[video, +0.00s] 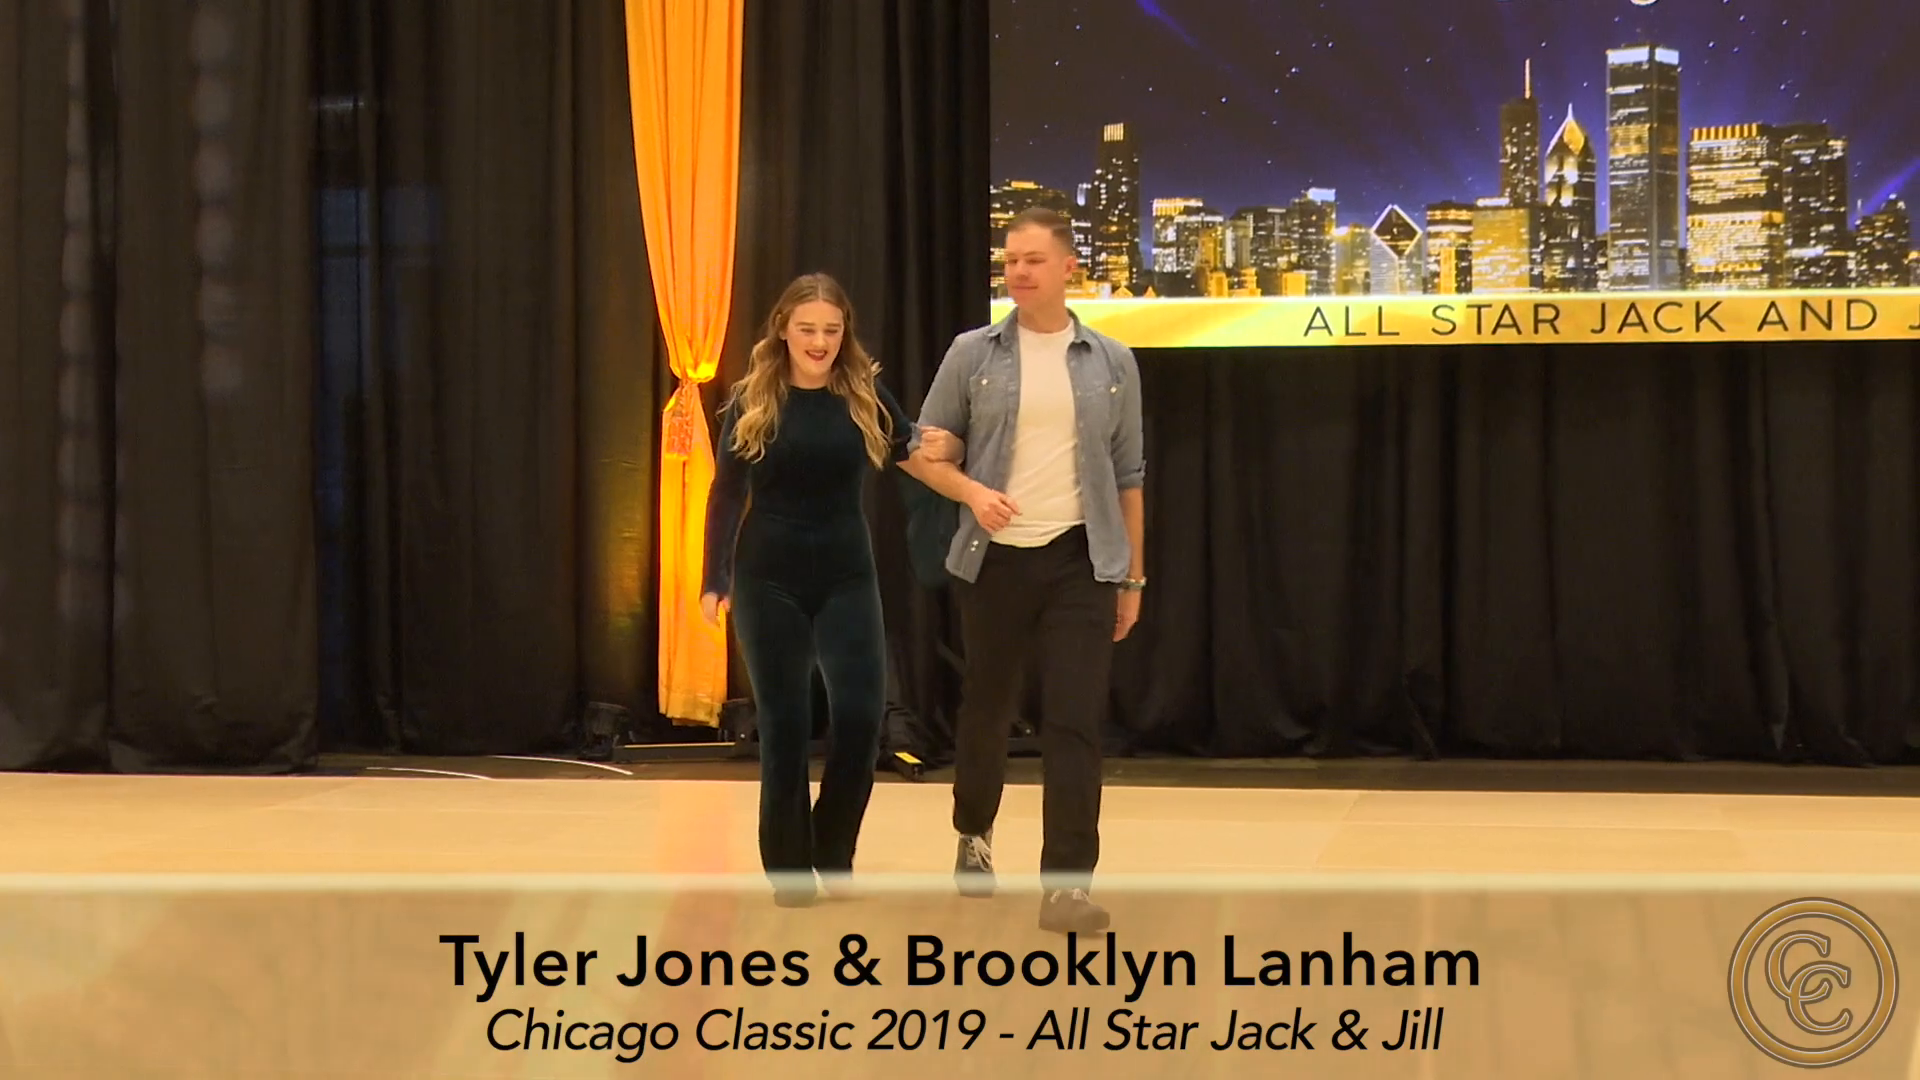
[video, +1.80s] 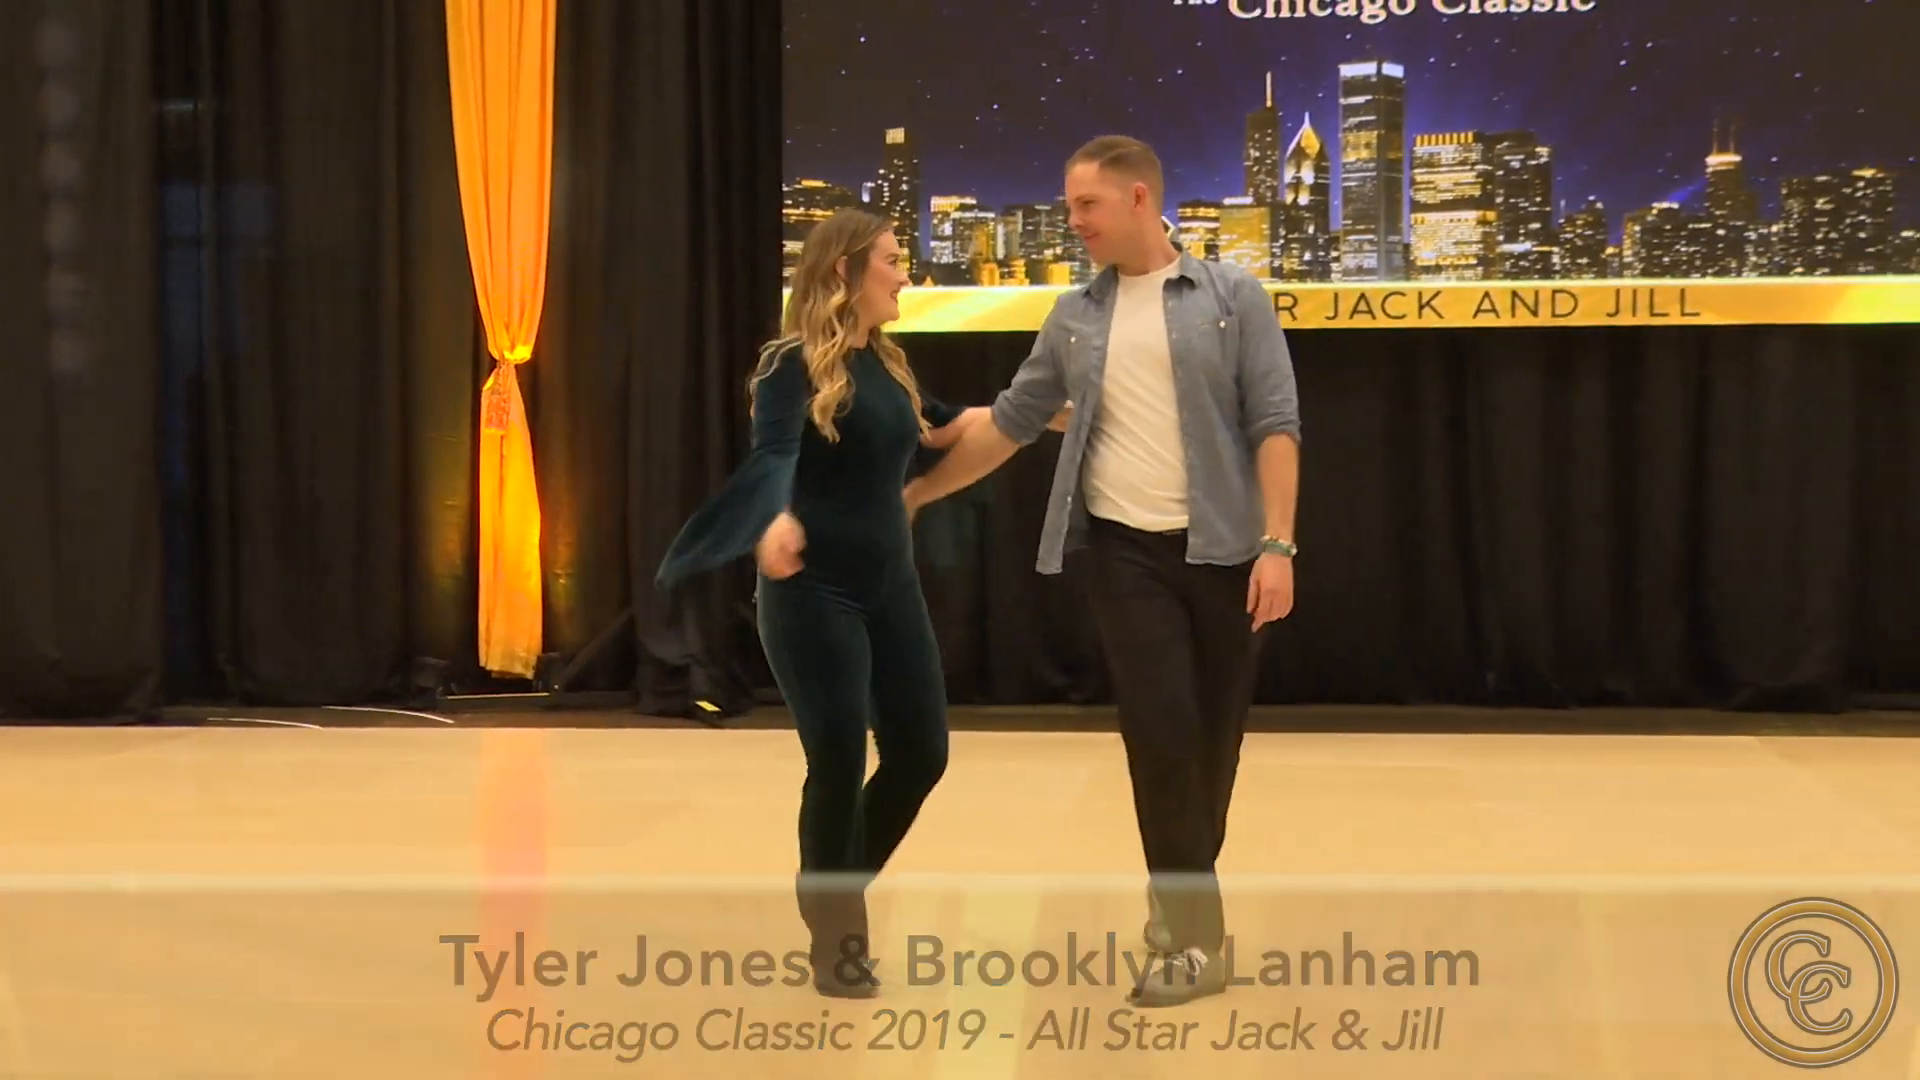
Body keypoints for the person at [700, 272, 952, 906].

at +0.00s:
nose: (818, 340)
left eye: (829, 329)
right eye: (805, 328)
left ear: (844, 334)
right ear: (783, 332)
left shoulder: (865, 399)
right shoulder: (750, 404)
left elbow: (914, 455)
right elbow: (727, 495)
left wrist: (950, 448)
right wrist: (716, 576)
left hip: (847, 580)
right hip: (767, 581)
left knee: (860, 718)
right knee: (785, 725)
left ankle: (832, 860)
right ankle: (787, 867)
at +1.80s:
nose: (904, 275)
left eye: (902, 262)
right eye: (892, 262)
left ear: (867, 273)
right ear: (846, 271)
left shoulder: (886, 364)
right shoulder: (793, 362)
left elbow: (928, 437)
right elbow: (773, 454)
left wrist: (1026, 418)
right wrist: (776, 516)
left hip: (892, 588)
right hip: (812, 589)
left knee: (918, 756)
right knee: (839, 759)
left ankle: (837, 896)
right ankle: (834, 938)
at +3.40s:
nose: (942, 253)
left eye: (938, 241)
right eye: (927, 242)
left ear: (889, 262)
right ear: (882, 260)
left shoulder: (911, 339)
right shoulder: (884, 343)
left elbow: (973, 433)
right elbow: (965, 432)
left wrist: (1010, 349)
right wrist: (1008, 348)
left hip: (922, 565)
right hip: (891, 570)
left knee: (925, 745)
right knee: (897, 754)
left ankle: (919, 908)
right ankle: (886, 932)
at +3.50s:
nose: (940, 256)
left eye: (936, 244)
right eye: (926, 245)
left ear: (888, 266)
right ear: (882, 264)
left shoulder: (906, 341)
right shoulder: (886, 347)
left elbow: (967, 437)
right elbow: (967, 436)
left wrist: (1010, 352)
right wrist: (1008, 350)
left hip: (913, 561)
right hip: (892, 568)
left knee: (909, 744)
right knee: (893, 751)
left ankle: (912, 898)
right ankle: (883, 927)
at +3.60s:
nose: (944, 259)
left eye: (940, 247)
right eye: (929, 249)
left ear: (893, 270)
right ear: (887, 268)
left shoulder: (914, 344)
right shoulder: (888, 349)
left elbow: (970, 443)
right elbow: (967, 437)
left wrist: (1012, 358)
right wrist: (1009, 353)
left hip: (916, 561)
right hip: (895, 567)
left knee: (904, 746)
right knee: (891, 751)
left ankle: (907, 894)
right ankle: (882, 923)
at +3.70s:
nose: (946, 262)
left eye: (942, 251)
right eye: (931, 252)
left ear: (895, 273)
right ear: (889, 271)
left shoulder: (914, 348)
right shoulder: (890, 353)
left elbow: (972, 444)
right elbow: (972, 438)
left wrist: (1014, 359)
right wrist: (1010, 355)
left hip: (918, 558)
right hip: (898, 562)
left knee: (901, 745)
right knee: (891, 749)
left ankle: (906, 893)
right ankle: (883, 920)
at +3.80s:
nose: (947, 265)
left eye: (944, 254)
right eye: (932, 255)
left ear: (899, 276)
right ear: (890, 274)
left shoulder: (917, 352)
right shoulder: (891, 355)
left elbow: (972, 452)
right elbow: (968, 441)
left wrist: (1013, 368)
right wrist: (1009, 357)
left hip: (918, 560)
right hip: (897, 564)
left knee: (900, 742)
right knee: (890, 746)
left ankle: (905, 889)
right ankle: (883, 915)